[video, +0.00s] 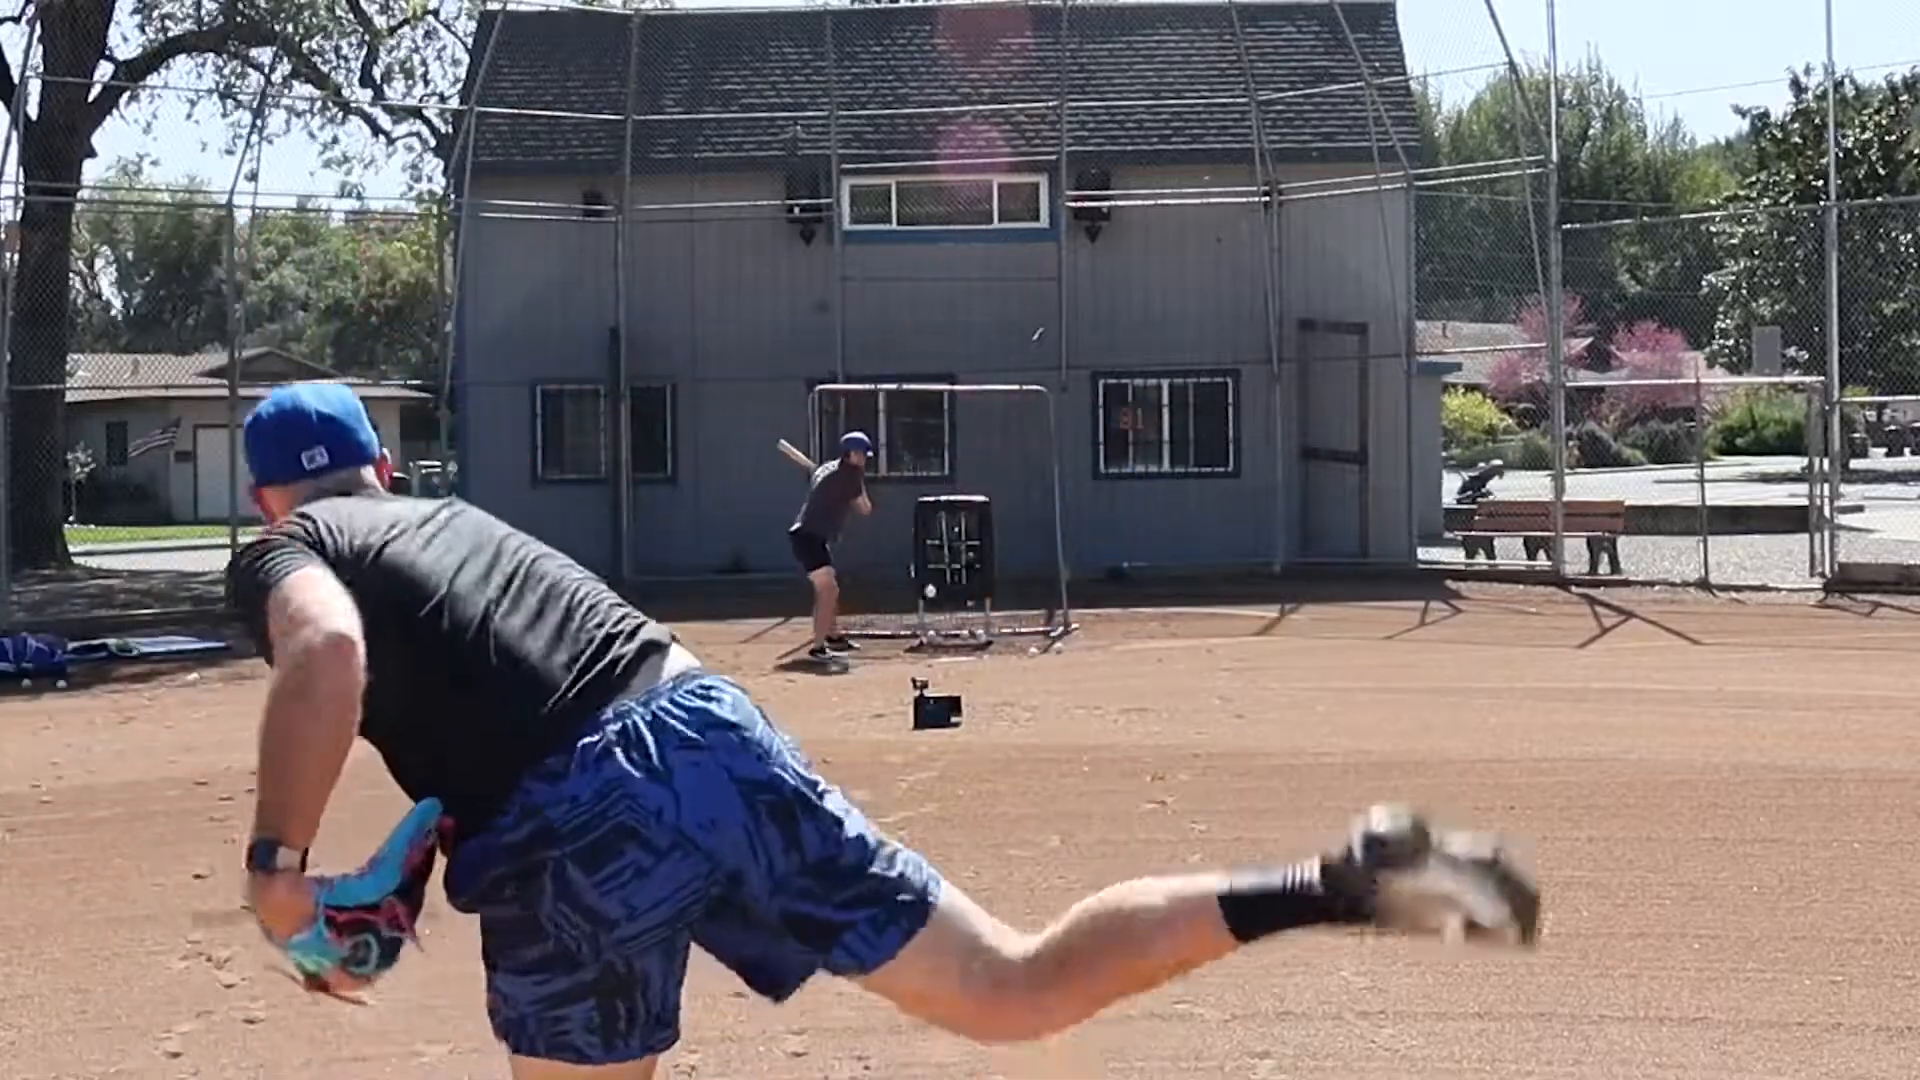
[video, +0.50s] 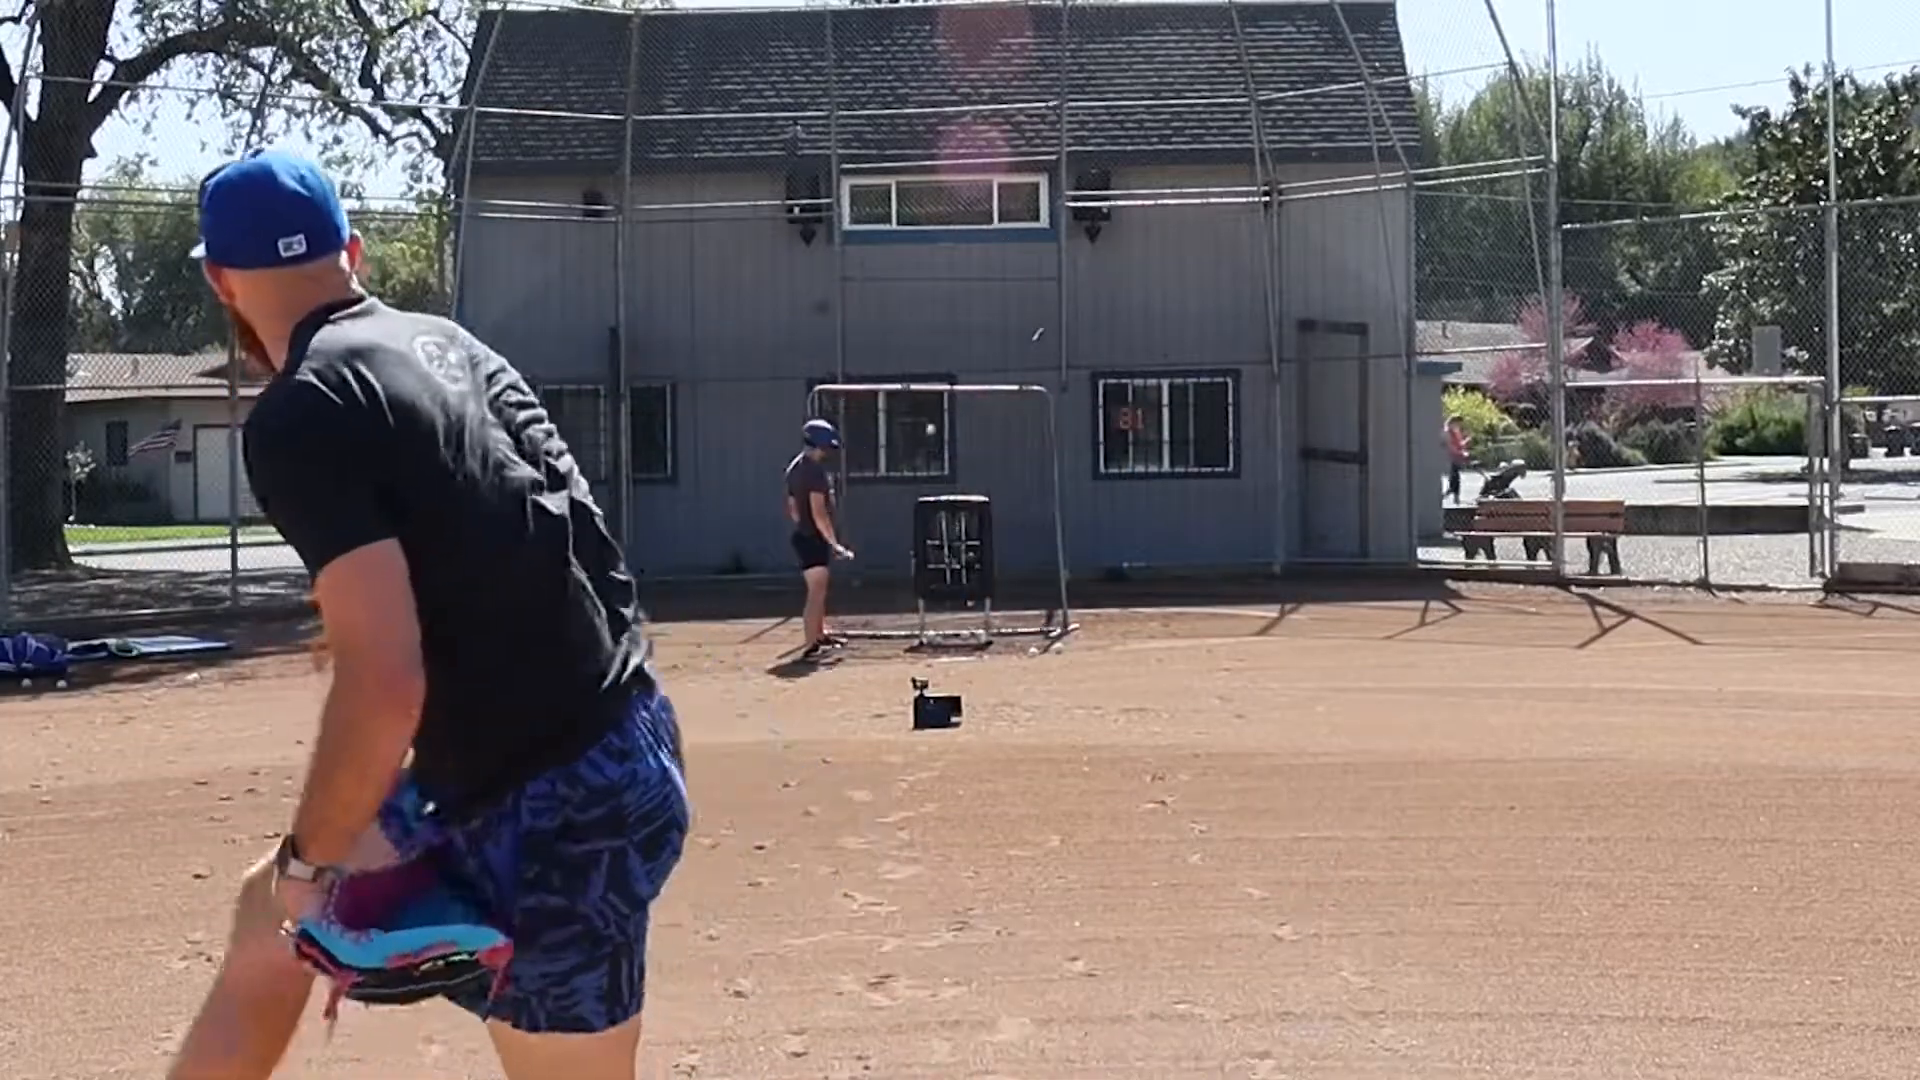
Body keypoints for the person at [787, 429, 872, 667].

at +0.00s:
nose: (864, 459)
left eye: (865, 454)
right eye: (861, 454)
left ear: (848, 455)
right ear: (850, 454)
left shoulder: (828, 467)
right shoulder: (849, 474)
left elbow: (814, 471)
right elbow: (864, 508)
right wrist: (858, 481)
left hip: (808, 534)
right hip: (810, 536)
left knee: (830, 589)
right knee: (827, 589)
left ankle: (832, 633)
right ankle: (818, 645)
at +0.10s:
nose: (860, 454)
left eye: (861, 449)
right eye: (858, 449)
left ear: (842, 449)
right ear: (847, 449)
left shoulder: (820, 464)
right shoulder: (842, 468)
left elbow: (821, 498)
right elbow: (858, 506)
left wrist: (848, 506)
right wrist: (854, 502)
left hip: (811, 528)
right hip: (809, 530)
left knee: (819, 582)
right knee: (816, 583)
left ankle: (821, 633)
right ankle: (811, 642)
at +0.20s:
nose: (852, 453)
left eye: (852, 448)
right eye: (850, 448)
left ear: (832, 446)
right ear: (840, 448)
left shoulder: (810, 464)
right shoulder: (836, 470)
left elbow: (792, 501)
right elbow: (846, 506)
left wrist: (818, 516)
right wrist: (850, 521)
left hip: (805, 531)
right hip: (813, 534)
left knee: (816, 588)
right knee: (814, 590)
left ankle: (819, 635)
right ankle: (811, 643)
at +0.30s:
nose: (838, 452)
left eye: (839, 447)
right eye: (836, 447)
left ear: (820, 444)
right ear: (828, 446)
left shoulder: (801, 466)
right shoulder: (823, 470)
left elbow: (793, 503)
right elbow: (832, 506)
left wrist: (802, 522)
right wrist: (845, 534)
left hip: (804, 530)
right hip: (815, 532)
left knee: (817, 586)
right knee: (817, 588)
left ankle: (819, 633)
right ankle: (811, 643)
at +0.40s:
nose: (832, 452)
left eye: (832, 447)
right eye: (830, 447)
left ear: (813, 444)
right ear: (823, 445)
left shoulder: (797, 467)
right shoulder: (819, 469)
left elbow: (793, 505)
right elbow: (822, 509)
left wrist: (802, 525)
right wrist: (837, 535)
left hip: (803, 531)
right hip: (815, 533)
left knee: (817, 587)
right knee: (817, 589)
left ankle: (819, 634)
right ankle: (812, 642)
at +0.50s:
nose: (828, 451)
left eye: (829, 446)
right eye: (826, 446)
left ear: (808, 443)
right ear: (817, 444)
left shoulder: (796, 466)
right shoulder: (814, 471)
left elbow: (793, 507)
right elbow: (819, 512)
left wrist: (804, 527)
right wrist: (834, 543)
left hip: (804, 533)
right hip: (814, 534)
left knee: (817, 588)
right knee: (817, 590)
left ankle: (819, 634)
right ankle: (812, 643)